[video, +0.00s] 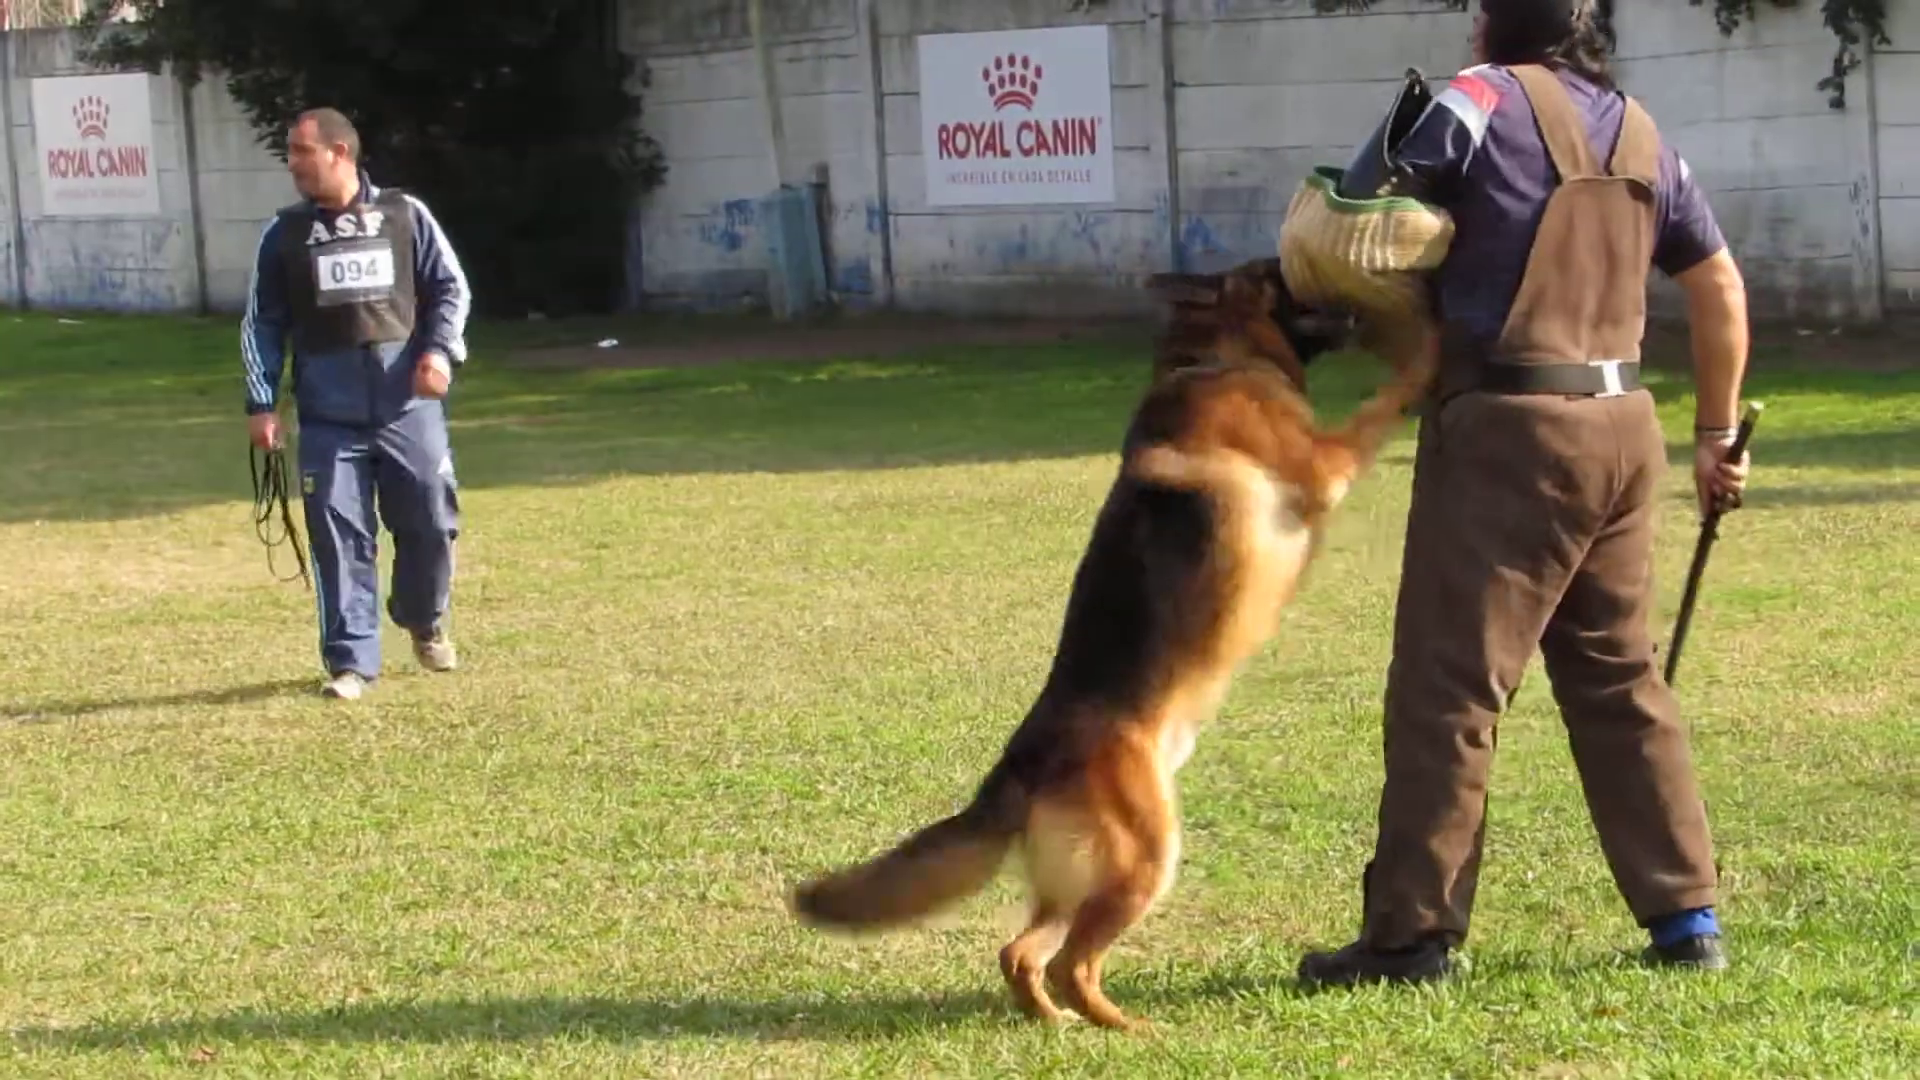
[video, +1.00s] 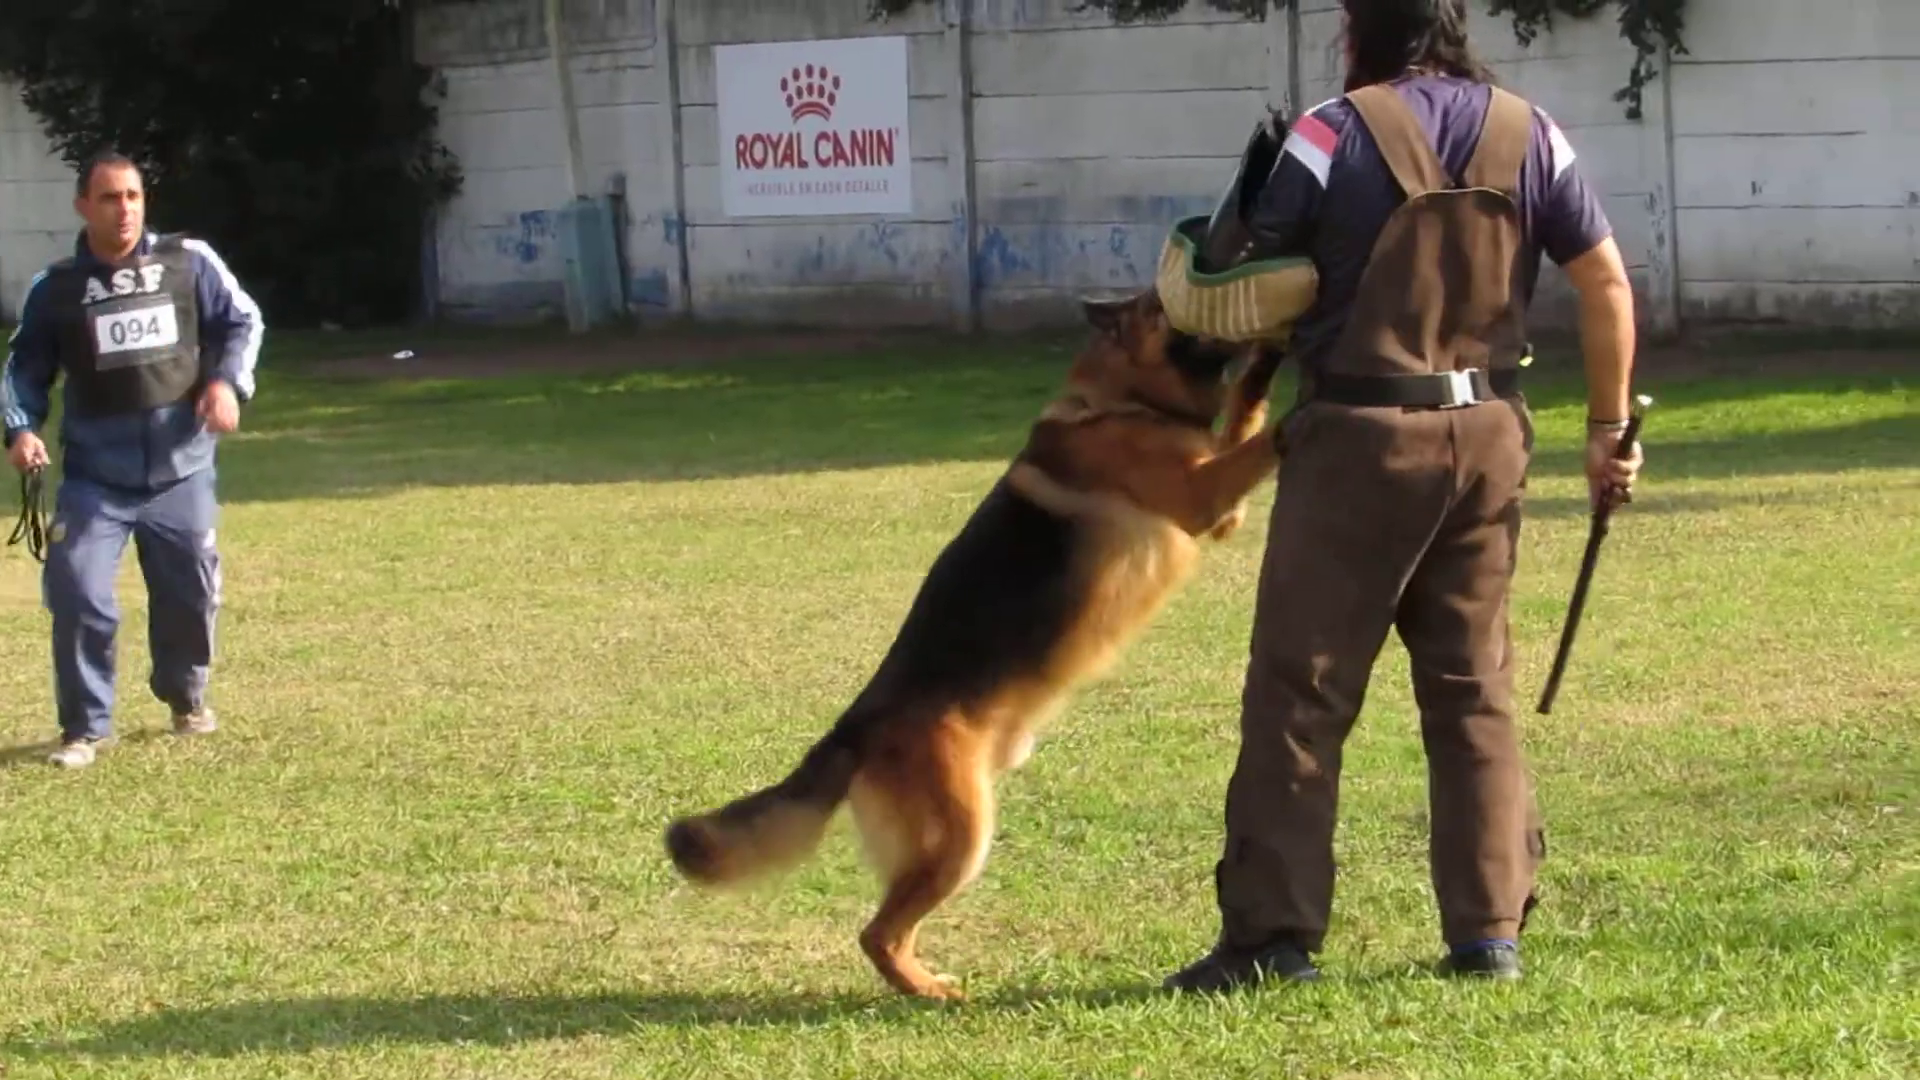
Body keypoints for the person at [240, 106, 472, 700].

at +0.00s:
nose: (292, 164)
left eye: (302, 153)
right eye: (289, 153)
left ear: (341, 154)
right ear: (296, 158)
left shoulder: (406, 216)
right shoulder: (284, 235)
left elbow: (449, 288)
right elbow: (262, 322)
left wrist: (440, 351)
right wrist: (261, 401)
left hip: (408, 395)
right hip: (328, 405)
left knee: (431, 513)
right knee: (334, 523)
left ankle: (425, 617)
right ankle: (351, 662)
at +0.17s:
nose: (279, 164)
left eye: (290, 154)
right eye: (279, 154)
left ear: (329, 161)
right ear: (308, 162)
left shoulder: (398, 219)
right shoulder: (275, 235)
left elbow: (447, 295)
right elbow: (253, 322)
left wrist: (466, 375)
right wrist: (260, 394)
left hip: (402, 400)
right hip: (322, 410)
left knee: (421, 522)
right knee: (336, 542)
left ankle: (423, 652)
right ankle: (354, 668)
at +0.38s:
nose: (279, 186)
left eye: (290, 179)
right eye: (280, 177)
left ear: (330, 186)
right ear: (309, 186)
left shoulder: (391, 246)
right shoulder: (265, 252)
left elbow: (432, 317)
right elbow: (230, 336)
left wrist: (437, 392)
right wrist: (231, 412)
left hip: (370, 419)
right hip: (292, 422)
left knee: (372, 550)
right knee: (297, 548)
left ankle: (371, 681)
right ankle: (317, 665)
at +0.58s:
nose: (173, 174)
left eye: (185, 165)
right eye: (174, 163)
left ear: (225, 173)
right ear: (208, 173)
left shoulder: (284, 245)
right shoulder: (156, 241)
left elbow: (313, 336)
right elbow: (120, 327)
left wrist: (309, 414)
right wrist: (111, 406)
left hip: (260, 434)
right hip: (176, 433)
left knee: (258, 566)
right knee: (163, 557)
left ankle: (255, 690)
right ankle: (180, 669)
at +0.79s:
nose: (183, 178)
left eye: (192, 167)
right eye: (169, 168)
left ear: (210, 175)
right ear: (146, 178)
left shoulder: (246, 245)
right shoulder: (116, 256)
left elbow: (289, 309)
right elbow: (79, 340)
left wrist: (253, 331)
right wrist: (65, 416)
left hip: (228, 444)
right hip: (143, 445)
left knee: (227, 572)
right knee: (136, 567)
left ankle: (223, 697)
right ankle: (122, 707)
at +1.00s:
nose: (124, 209)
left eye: (132, 196)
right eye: (109, 198)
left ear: (146, 201)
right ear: (82, 206)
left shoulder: (191, 263)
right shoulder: (55, 290)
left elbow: (243, 321)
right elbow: (26, 367)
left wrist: (227, 382)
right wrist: (21, 426)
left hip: (182, 470)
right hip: (96, 476)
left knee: (191, 579)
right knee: (76, 586)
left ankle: (187, 692)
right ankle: (84, 727)